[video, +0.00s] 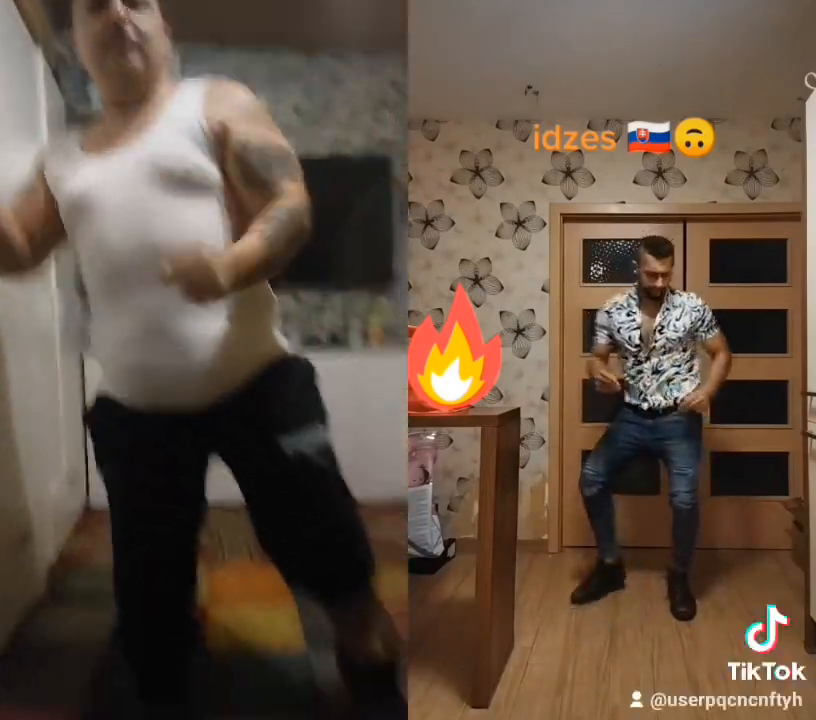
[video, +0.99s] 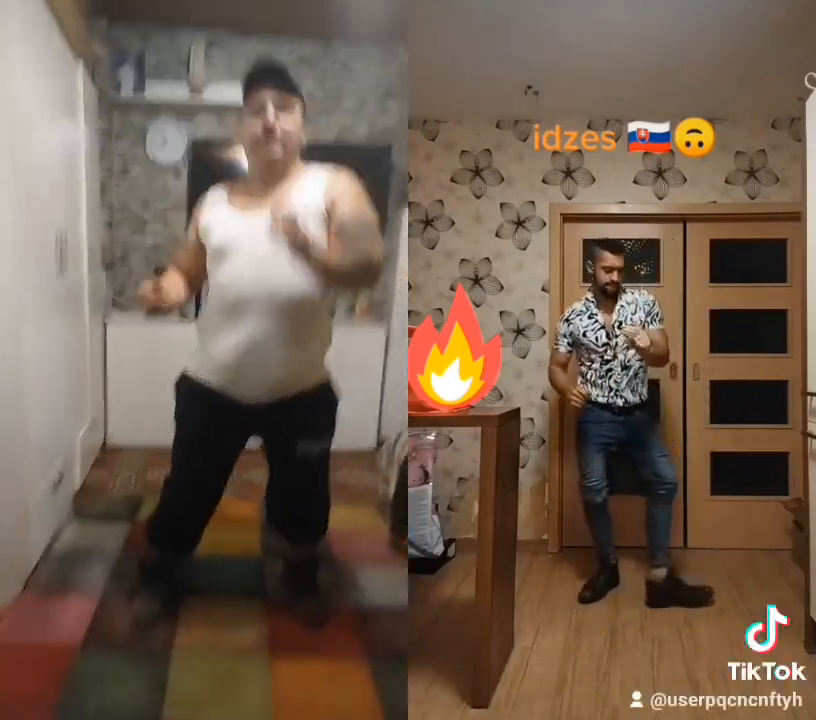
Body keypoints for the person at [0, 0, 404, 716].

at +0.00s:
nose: (122, 20)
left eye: (137, 3)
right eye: (98, 11)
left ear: (165, 23)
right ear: (72, 42)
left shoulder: (221, 105)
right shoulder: (68, 158)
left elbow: (292, 207)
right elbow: (18, 249)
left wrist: (227, 267)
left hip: (254, 387)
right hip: (136, 406)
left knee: (327, 546)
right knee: (149, 591)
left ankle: (372, 680)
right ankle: (158, 705)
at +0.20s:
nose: (120, 30)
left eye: (133, 16)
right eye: (100, 21)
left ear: (158, 36)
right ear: (78, 48)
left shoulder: (212, 107)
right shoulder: (72, 154)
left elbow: (281, 194)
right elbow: (27, 250)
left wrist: (250, 266)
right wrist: (33, 159)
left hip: (236, 362)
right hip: (132, 377)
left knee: (289, 504)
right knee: (141, 534)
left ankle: (337, 617)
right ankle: (146, 659)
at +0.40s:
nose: (156, 53)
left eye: (167, 41)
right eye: (137, 45)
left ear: (189, 60)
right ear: (117, 74)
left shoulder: (240, 116)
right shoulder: (109, 171)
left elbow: (315, 180)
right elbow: (84, 272)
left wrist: (291, 187)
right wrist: (116, 241)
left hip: (269, 349)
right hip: (175, 365)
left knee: (314, 478)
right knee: (173, 502)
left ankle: (341, 580)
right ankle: (169, 603)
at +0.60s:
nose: (209, 101)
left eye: (219, 90)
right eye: (192, 94)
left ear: (238, 106)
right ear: (173, 118)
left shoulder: (283, 153)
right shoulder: (165, 207)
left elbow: (350, 220)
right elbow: (151, 295)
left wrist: (307, 179)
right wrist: (182, 344)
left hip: (303, 373)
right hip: (214, 383)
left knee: (334, 493)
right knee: (203, 504)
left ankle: (343, 578)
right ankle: (186, 598)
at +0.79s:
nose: (257, 87)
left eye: (269, 76)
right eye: (242, 79)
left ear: (289, 93)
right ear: (222, 101)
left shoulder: (328, 151)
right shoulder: (207, 185)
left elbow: (373, 226)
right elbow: (181, 261)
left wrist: (311, 177)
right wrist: (175, 295)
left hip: (314, 369)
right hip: (225, 367)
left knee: (326, 487)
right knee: (198, 481)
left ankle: (321, 556)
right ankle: (175, 567)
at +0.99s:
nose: (270, 122)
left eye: (282, 109)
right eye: (257, 111)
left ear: (304, 121)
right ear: (241, 126)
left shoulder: (334, 187)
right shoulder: (216, 204)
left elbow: (368, 264)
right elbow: (185, 270)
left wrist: (316, 253)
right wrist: (168, 287)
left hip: (300, 391)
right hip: (214, 388)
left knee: (304, 503)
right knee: (187, 496)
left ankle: (302, 579)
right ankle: (158, 583)